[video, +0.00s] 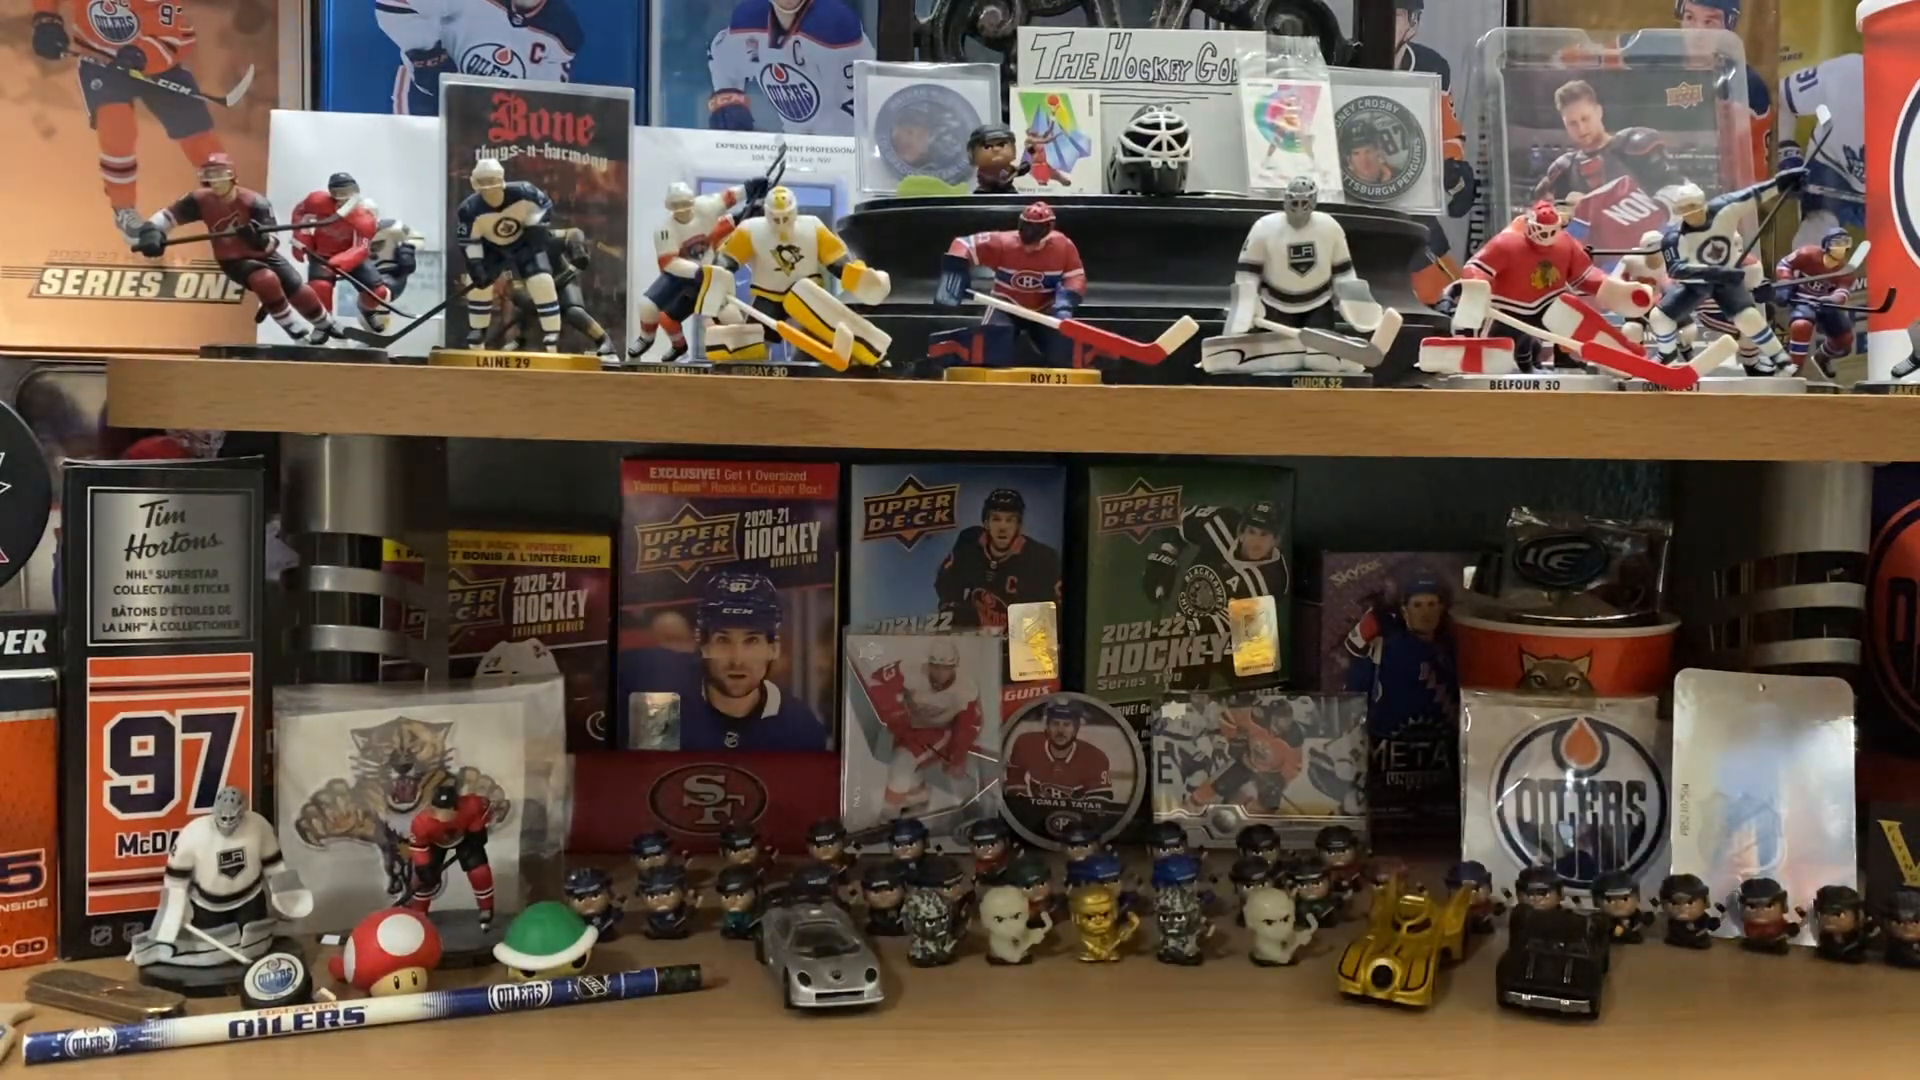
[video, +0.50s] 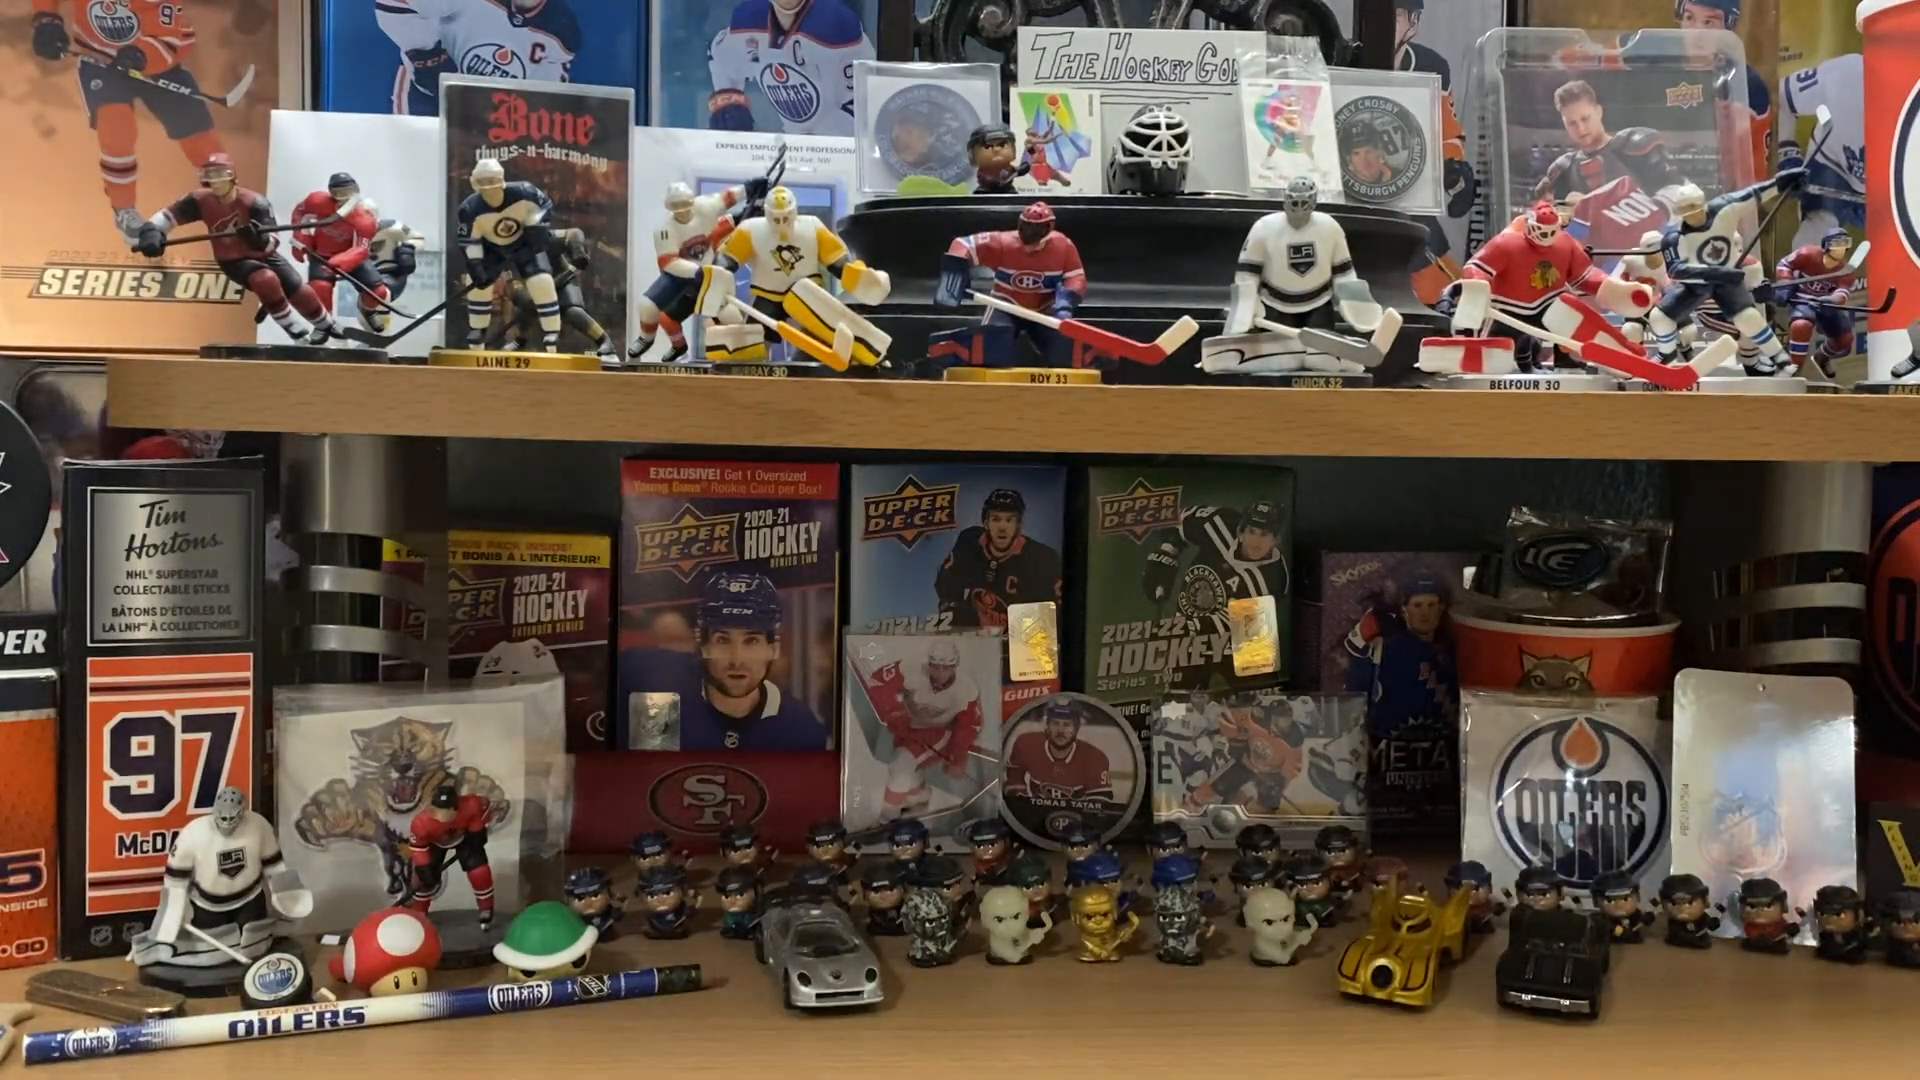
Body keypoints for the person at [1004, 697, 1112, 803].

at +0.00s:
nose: (1060, 730)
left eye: (1066, 724)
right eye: (1055, 724)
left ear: (1076, 728)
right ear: (1047, 727)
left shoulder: (1095, 758)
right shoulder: (1025, 744)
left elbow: (1099, 801)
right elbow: (1014, 785)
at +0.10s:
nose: (1060, 730)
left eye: (1066, 724)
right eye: (1055, 724)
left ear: (1076, 728)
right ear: (1046, 726)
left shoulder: (1095, 758)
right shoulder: (1025, 744)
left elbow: (1099, 803)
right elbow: (1014, 787)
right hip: (1032, 816)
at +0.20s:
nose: (1060, 730)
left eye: (1066, 725)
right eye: (1055, 724)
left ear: (1076, 729)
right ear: (1046, 726)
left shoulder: (1095, 758)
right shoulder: (1025, 745)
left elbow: (1099, 802)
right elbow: (1014, 785)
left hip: (1075, 820)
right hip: (1032, 815)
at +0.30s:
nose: (1060, 730)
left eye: (1066, 725)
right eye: (1055, 724)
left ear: (1076, 728)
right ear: (1046, 726)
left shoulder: (1095, 758)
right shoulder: (1025, 745)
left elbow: (1099, 802)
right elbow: (1014, 783)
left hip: (1075, 819)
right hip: (1032, 814)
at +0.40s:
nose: (1060, 730)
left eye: (1066, 725)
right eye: (1055, 724)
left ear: (1076, 728)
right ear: (1047, 726)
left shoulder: (1095, 758)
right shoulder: (1025, 744)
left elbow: (1099, 802)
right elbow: (1014, 787)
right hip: (1032, 815)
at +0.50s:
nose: (1060, 730)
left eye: (1066, 724)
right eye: (1055, 724)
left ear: (1076, 728)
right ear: (1047, 726)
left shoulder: (1095, 758)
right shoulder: (1025, 744)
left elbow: (1099, 802)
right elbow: (1014, 785)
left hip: (1075, 821)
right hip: (1032, 815)